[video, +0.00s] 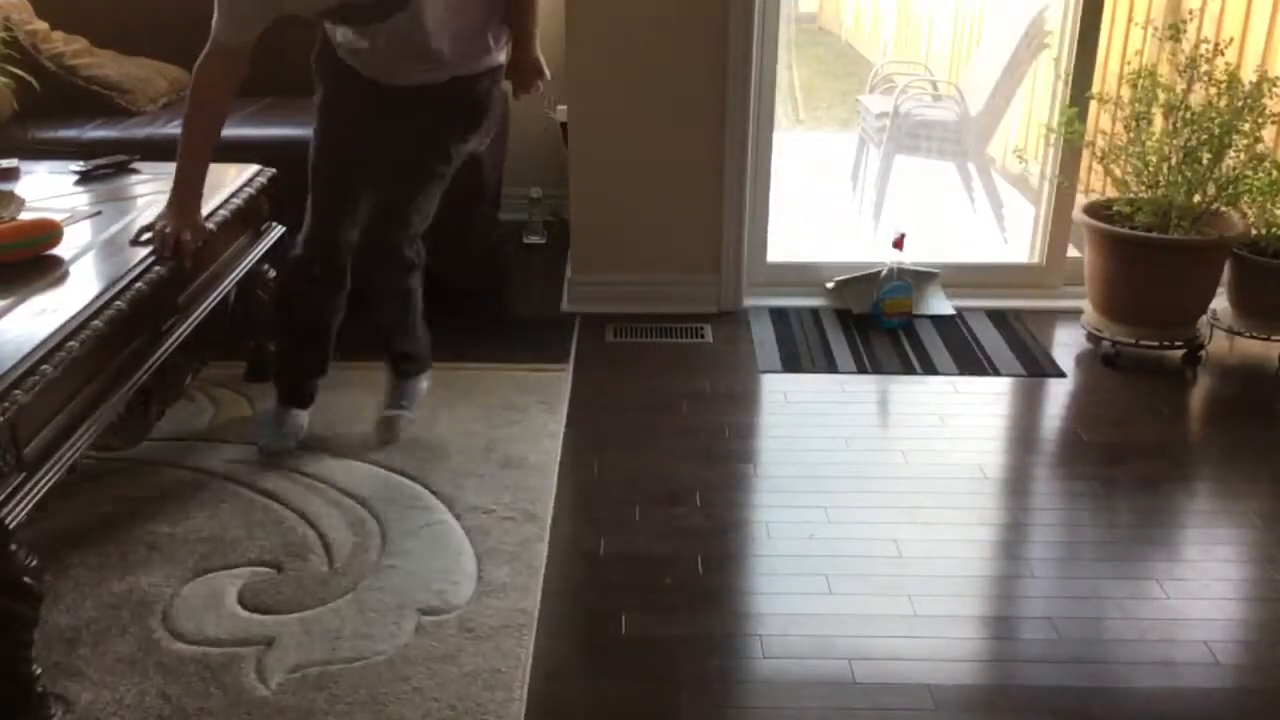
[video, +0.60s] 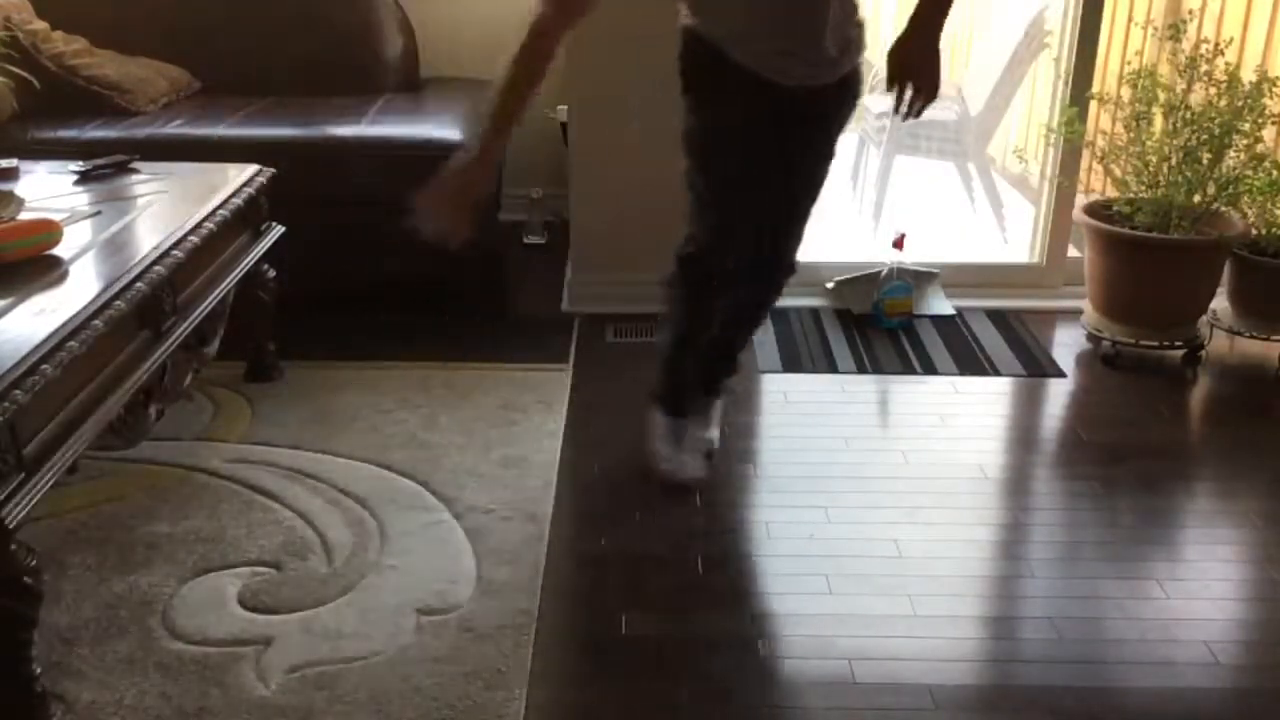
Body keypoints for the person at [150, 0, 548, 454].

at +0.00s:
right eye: (335, 23)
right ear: (326, 14)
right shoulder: (255, 3)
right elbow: (222, 60)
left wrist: (526, 49)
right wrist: (184, 200)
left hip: (458, 70)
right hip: (356, 64)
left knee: (391, 238)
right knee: (324, 240)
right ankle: (293, 401)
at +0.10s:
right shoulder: (248, 7)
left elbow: (515, 7)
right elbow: (217, 68)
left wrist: (539, 72)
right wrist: (183, 200)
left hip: (476, 76)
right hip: (369, 75)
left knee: (453, 246)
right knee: (331, 248)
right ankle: (294, 403)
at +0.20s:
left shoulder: (491, 3)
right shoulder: (287, 8)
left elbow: (561, 23)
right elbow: (231, 78)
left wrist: (600, 121)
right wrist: (186, 201)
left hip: (506, 101)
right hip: (384, 103)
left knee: (558, 261)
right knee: (340, 270)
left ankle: (634, 387)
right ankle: (295, 406)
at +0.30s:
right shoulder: (353, 6)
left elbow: (652, 33)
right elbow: (270, 63)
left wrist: (694, 162)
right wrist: (202, 176)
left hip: (560, 109)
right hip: (440, 112)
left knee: (623, 267)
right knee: (372, 269)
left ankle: (669, 411)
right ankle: (294, 409)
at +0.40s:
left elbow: (818, 2)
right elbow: (356, 16)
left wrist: (830, 113)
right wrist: (260, 114)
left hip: (649, 105)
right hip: (541, 103)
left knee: (667, 269)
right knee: (458, 260)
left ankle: (668, 412)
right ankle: (326, 397)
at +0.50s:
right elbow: (442, 13)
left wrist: (926, 30)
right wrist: (330, 113)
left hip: (736, 86)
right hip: (635, 66)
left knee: (703, 259)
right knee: (586, 244)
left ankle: (671, 410)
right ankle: (485, 380)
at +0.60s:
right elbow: (549, 27)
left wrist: (926, 27)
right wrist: (482, 156)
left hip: (827, 65)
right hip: (726, 55)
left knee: (771, 255)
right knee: (724, 245)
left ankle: (707, 388)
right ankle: (676, 405)